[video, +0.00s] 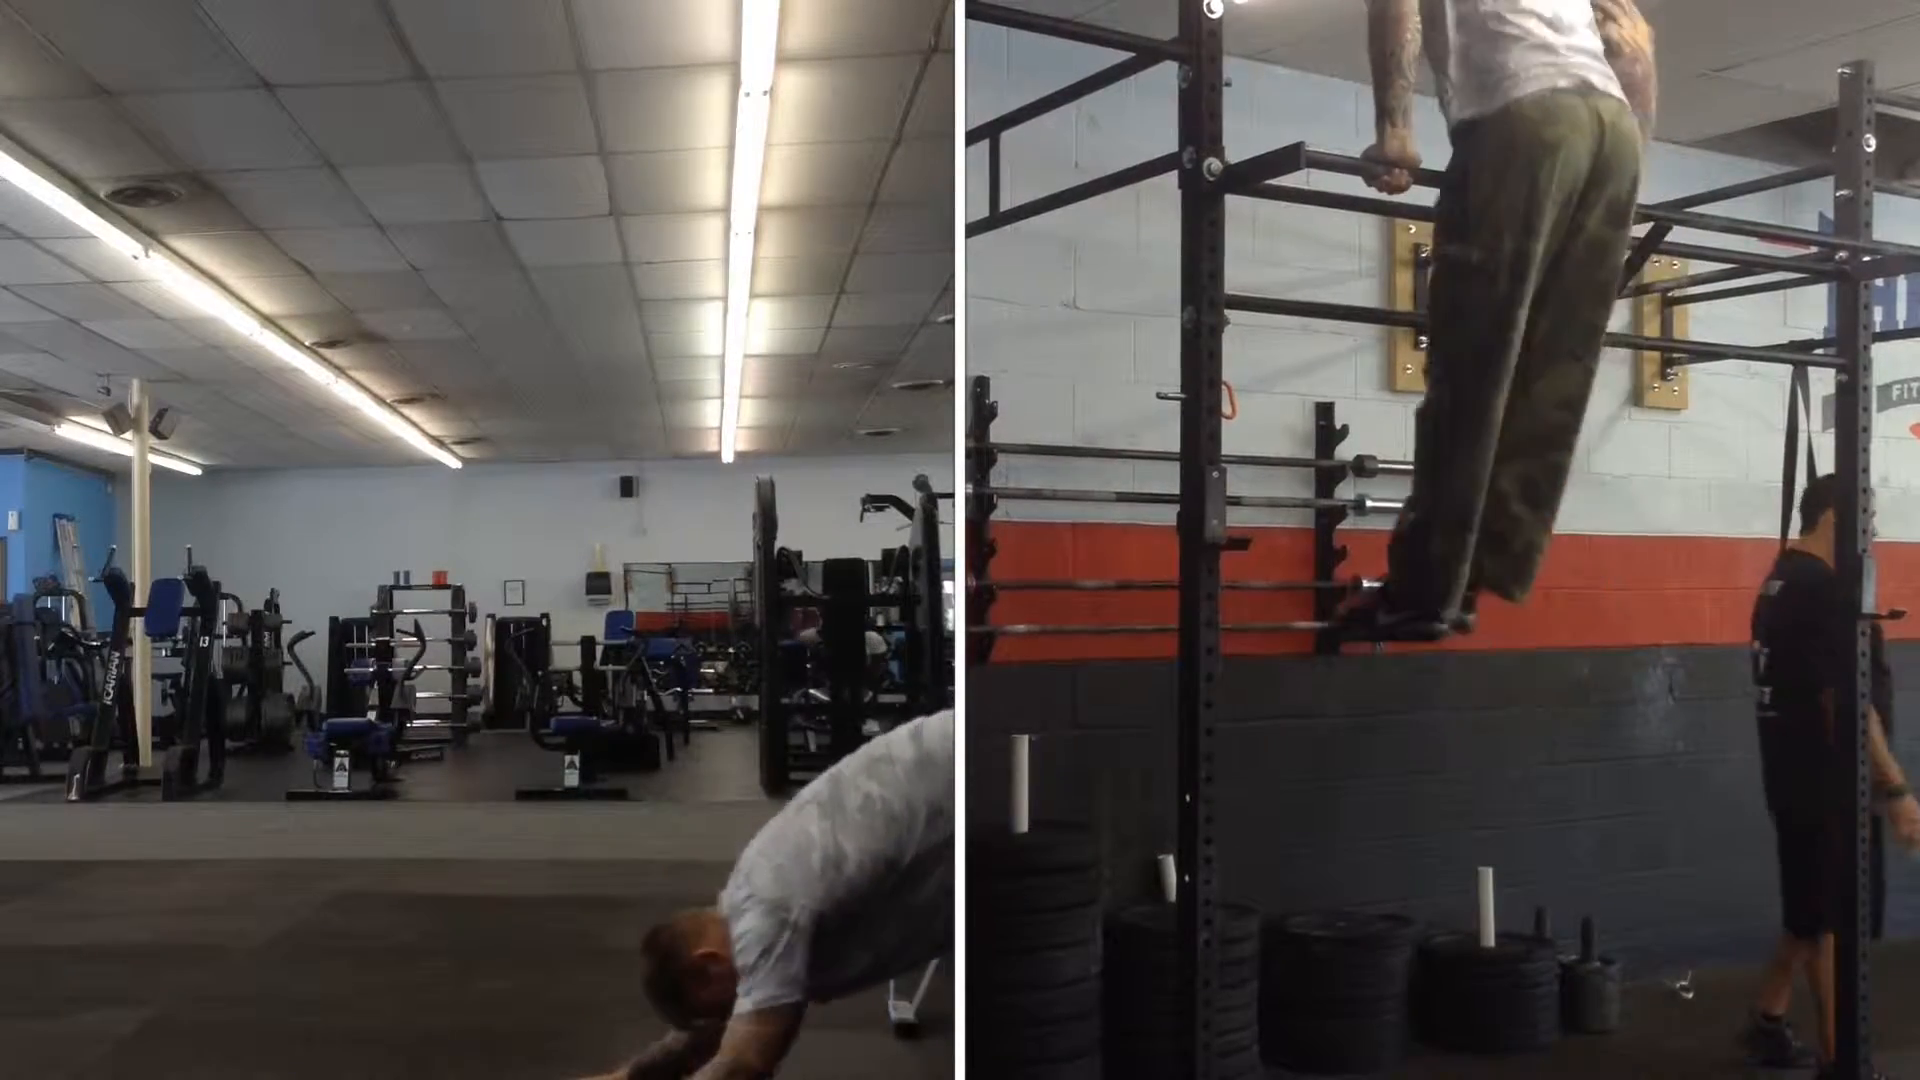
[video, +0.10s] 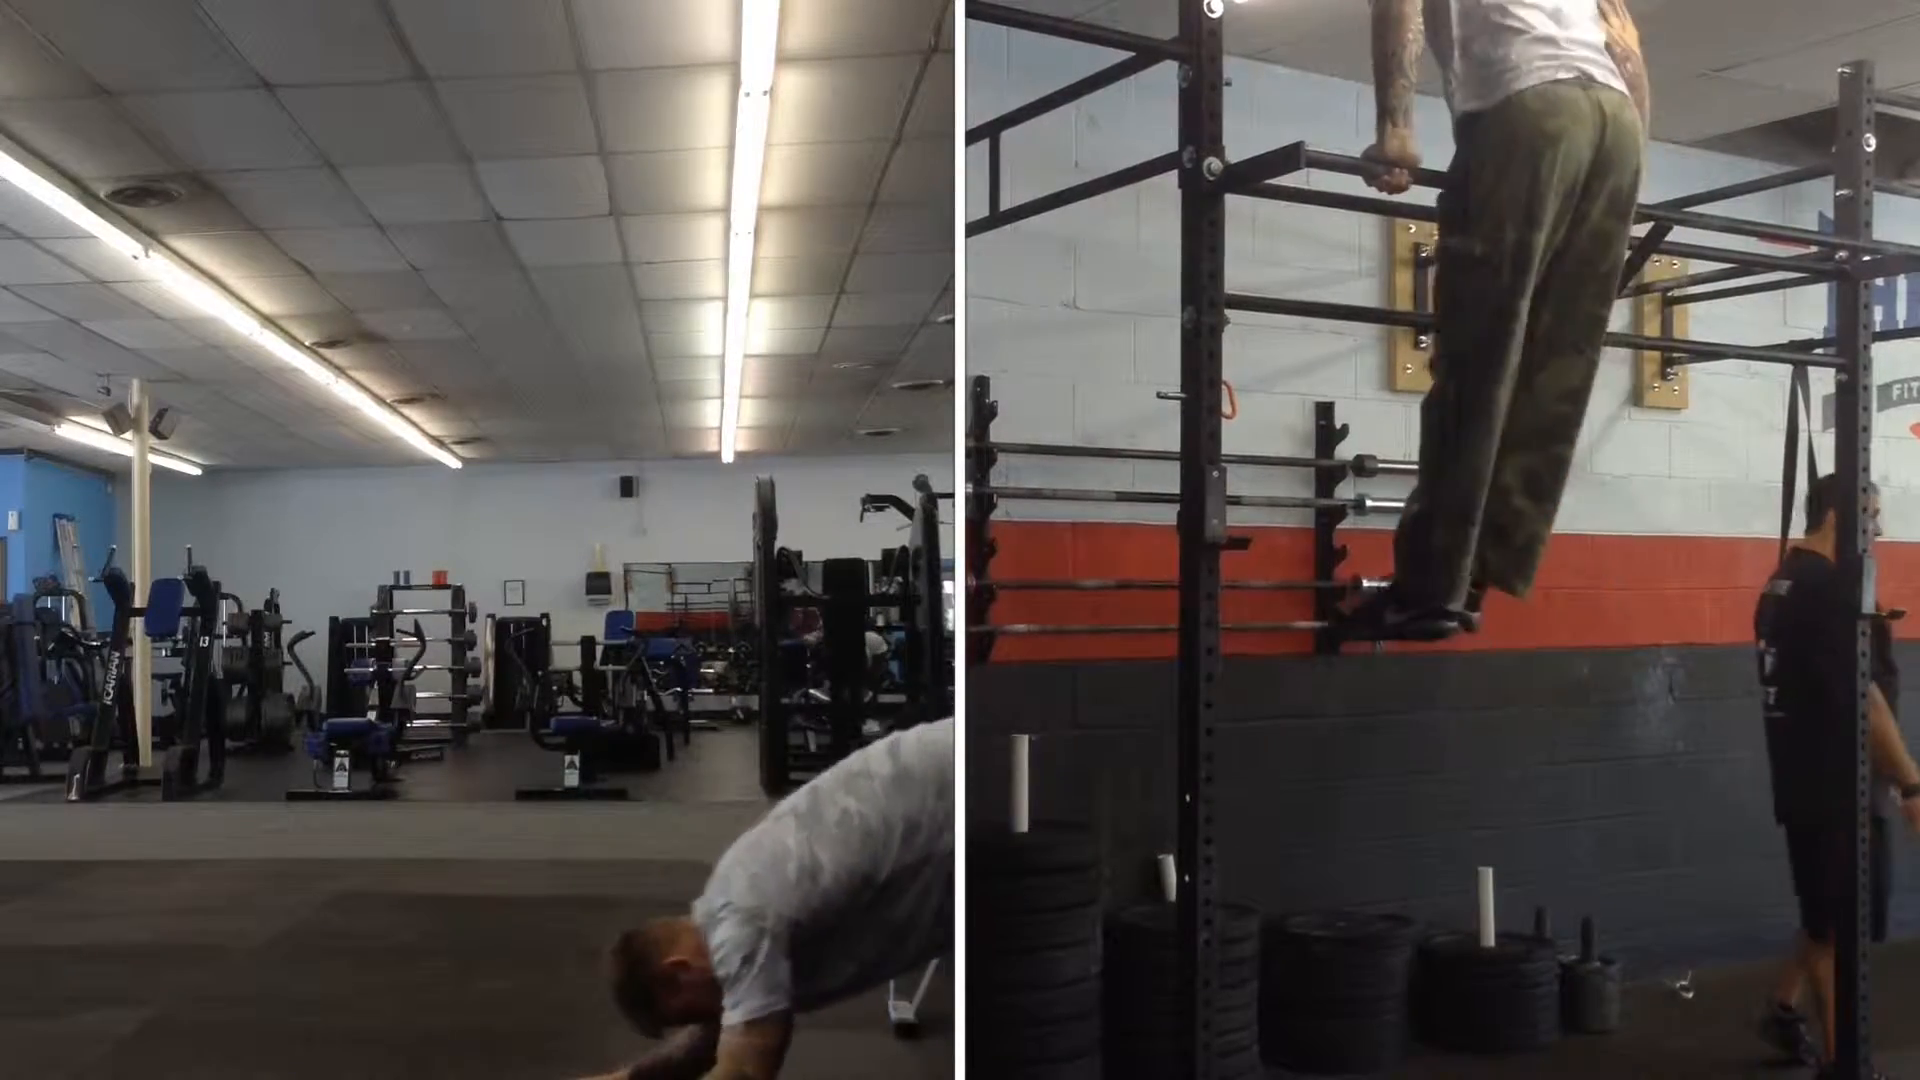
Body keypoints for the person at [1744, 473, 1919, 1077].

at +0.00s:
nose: (1866, 535)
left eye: (1866, 522)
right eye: (1862, 522)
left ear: (1814, 514)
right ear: (1835, 517)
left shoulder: (1784, 577)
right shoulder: (1825, 586)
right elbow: (1849, 700)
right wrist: (1895, 787)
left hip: (1791, 771)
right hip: (1827, 778)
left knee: (1807, 910)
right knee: (1834, 919)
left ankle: (1769, 1017)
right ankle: (1840, 1054)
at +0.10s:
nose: (1877, 531)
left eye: (1877, 518)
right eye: (1871, 517)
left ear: (1821, 513)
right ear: (1841, 515)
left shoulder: (1785, 581)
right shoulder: (1829, 587)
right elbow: (1860, 696)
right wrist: (1911, 781)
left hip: (1799, 777)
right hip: (1836, 783)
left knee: (1824, 913)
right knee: (1841, 924)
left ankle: (1785, 1005)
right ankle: (1844, 1054)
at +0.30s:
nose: (1890, 532)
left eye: (1891, 519)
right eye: (1884, 518)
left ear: (1833, 516)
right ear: (1850, 517)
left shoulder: (1799, 578)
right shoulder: (1842, 587)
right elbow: (1874, 703)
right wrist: (1917, 766)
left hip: (1808, 782)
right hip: (1842, 789)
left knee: (1832, 924)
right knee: (1849, 927)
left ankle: (1838, 1052)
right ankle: (1846, 1055)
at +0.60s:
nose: (1906, 529)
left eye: (1906, 517)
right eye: (1897, 516)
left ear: (1859, 522)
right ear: (1861, 518)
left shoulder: (1814, 580)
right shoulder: (1853, 589)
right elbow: (1868, 705)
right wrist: (1911, 794)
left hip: (1815, 785)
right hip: (1849, 791)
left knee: (1834, 929)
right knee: (1853, 932)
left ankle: (1840, 1050)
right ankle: (1844, 1054)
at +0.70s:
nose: (1908, 528)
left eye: (1907, 516)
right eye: (1899, 516)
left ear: (1862, 522)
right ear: (1862, 518)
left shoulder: (1817, 579)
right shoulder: (1857, 589)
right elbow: (1869, 704)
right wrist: (1906, 800)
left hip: (1816, 787)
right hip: (1850, 794)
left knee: (1836, 929)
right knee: (1859, 931)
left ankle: (1842, 1048)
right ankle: (1848, 1053)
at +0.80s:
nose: (1909, 528)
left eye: (1908, 516)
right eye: (1900, 516)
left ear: (1864, 521)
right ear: (1863, 518)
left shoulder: (1821, 581)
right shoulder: (1860, 591)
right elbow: (1871, 706)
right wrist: (1907, 799)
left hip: (1823, 787)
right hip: (1854, 795)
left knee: (1841, 931)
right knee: (1857, 934)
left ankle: (1849, 1047)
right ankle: (1850, 1054)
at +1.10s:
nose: (1911, 523)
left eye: (1909, 511)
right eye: (1901, 510)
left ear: (1869, 518)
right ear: (1867, 516)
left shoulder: (1844, 584)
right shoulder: (1864, 590)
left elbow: (1884, 693)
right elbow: (1887, 696)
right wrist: (1914, 764)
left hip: (1857, 785)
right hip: (1869, 792)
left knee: (1871, 922)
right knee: (1876, 925)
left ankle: (1857, 1040)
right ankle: (1856, 1044)